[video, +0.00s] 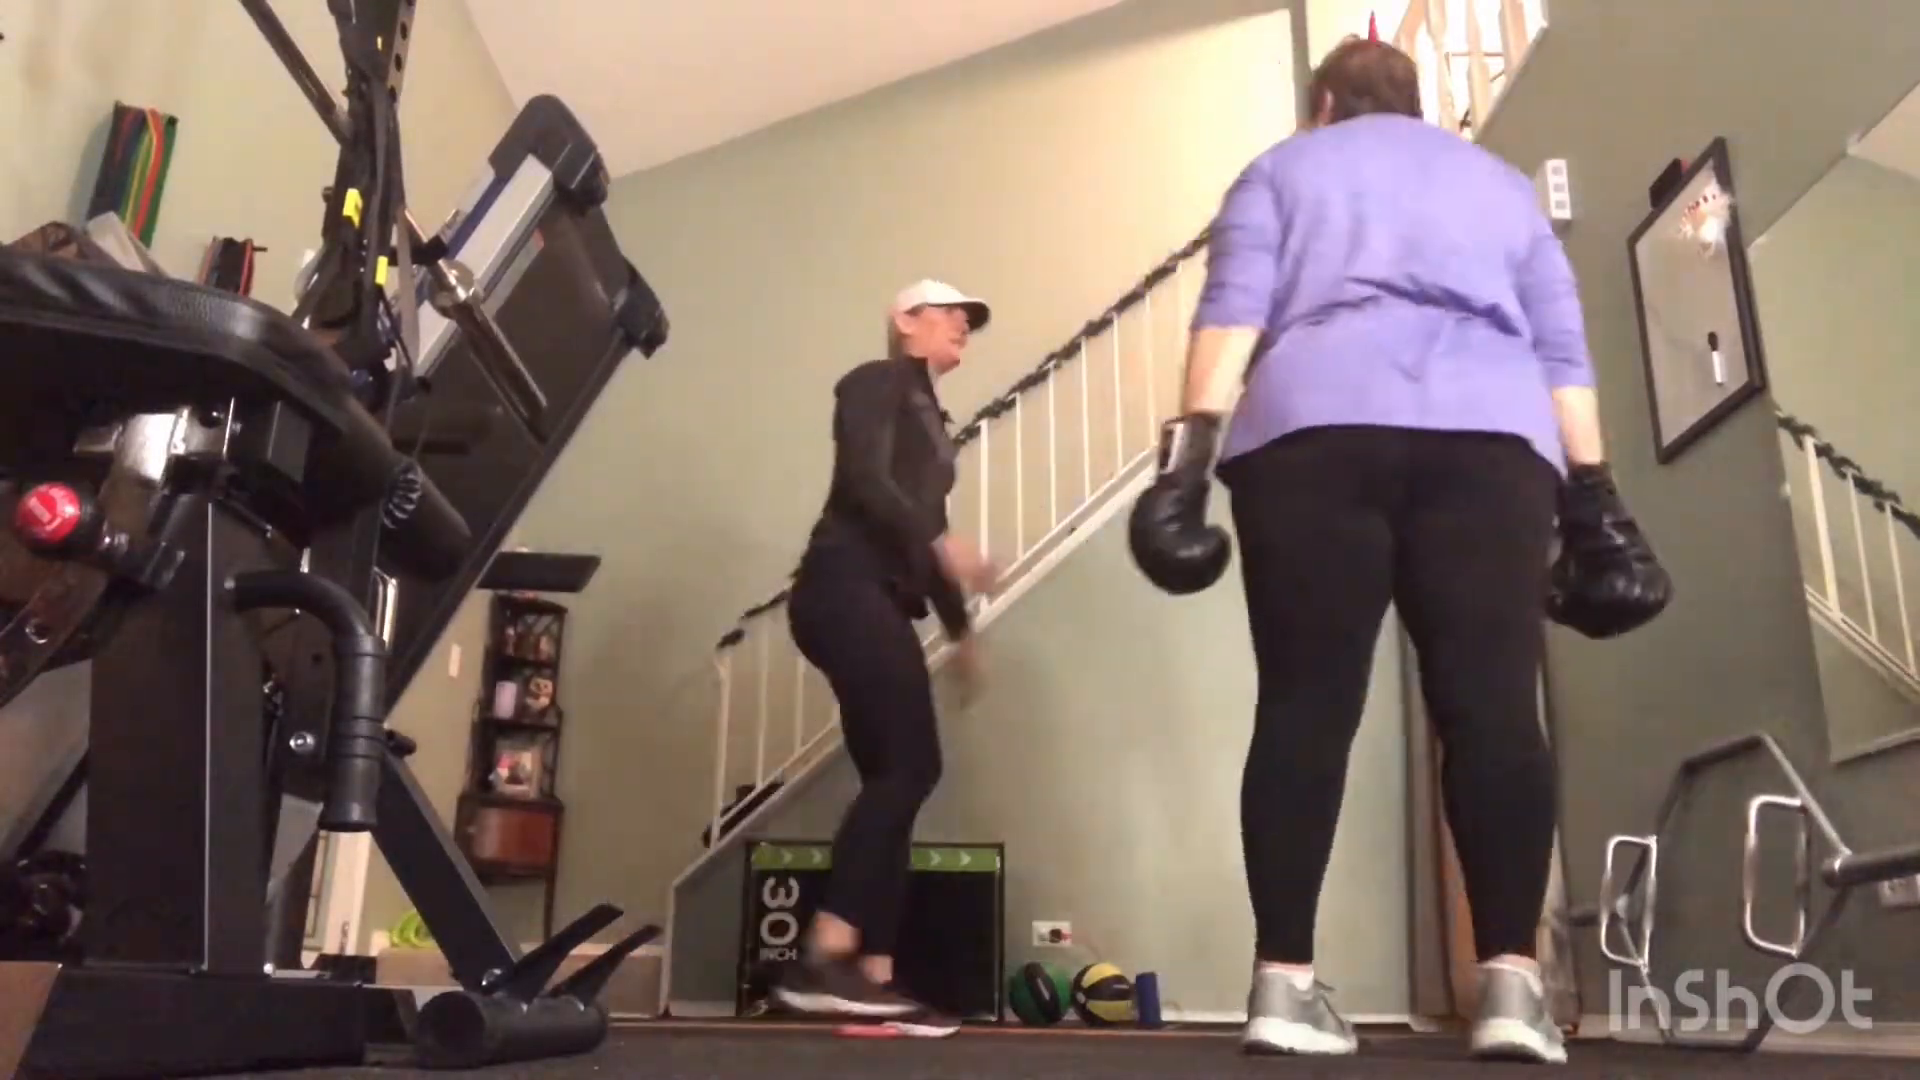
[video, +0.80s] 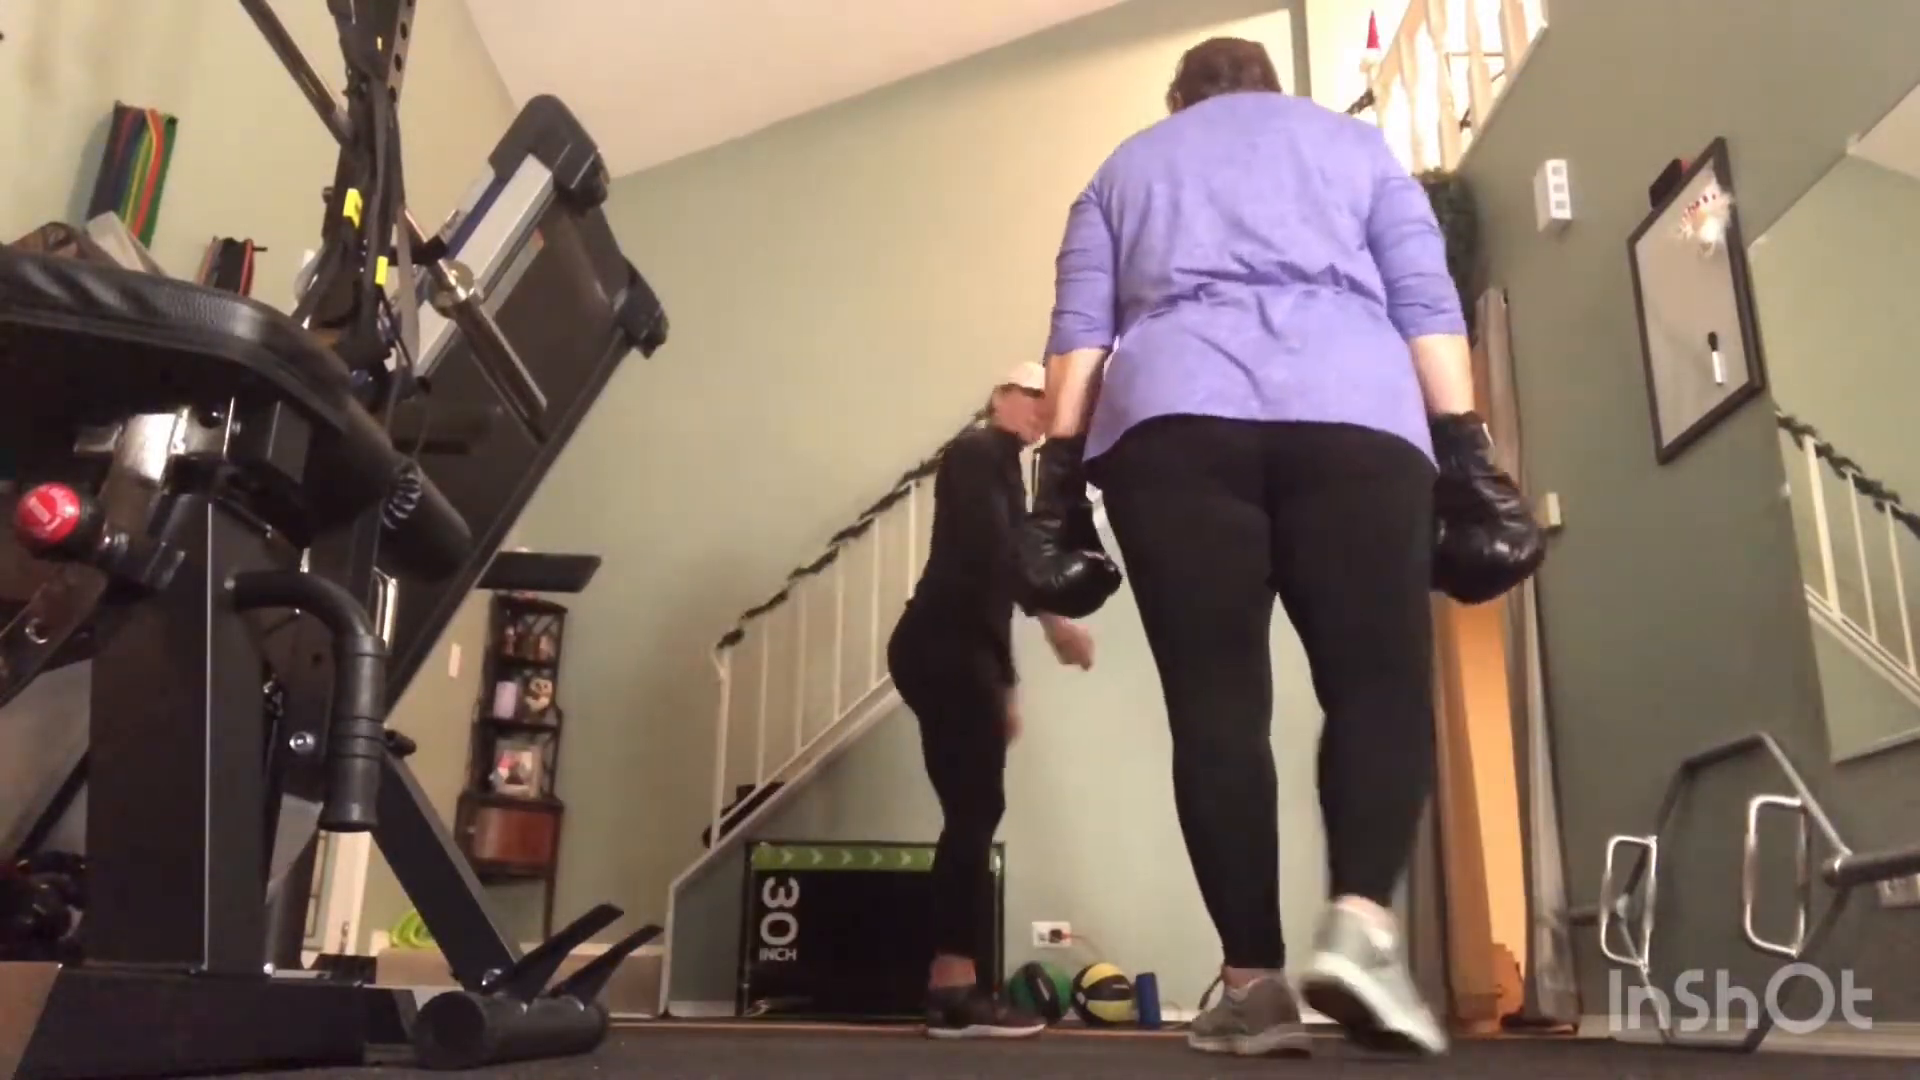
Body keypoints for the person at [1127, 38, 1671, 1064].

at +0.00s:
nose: (1305, 125)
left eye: (1307, 108)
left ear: (1320, 108)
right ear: (1423, 109)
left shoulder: (1282, 167)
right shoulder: (1506, 181)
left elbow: (1233, 301)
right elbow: (1561, 345)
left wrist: (1186, 460)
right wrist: (1594, 499)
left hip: (1313, 438)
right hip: (1489, 446)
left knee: (1304, 711)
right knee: (1495, 712)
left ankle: (1285, 980)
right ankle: (1510, 981)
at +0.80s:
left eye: (1178, 93)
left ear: (1177, 101)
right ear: (1277, 86)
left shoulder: (1121, 168)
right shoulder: (1357, 142)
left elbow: (1081, 328)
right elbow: (1424, 292)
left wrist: (1055, 489)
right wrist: (1465, 460)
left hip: (1174, 426)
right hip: (1356, 424)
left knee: (1216, 712)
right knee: (1378, 683)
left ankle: (1251, 979)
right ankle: (1362, 920)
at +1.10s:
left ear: (1225, 101)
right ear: (1327, 87)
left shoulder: (1161, 176)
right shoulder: (1395, 137)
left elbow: (1114, 352)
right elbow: (1462, 285)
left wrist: (1106, 504)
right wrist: (1513, 456)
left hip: (1199, 426)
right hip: (1384, 417)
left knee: (1241, 705)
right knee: (1446, 678)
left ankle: (1272, 990)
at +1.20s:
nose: (1292, 109)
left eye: (1293, 96)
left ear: (1301, 97)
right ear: (1405, 90)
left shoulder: (1256, 161)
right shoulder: (1495, 156)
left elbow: (1207, 306)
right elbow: (1558, 298)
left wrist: (1168, 467)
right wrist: (1588, 470)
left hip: (1299, 426)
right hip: (1484, 429)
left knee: (1290, 709)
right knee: (1505, 705)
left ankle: (1279, 981)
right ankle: (1537, 985)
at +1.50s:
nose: (1326, 176)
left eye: (1327, 162)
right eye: (1325, 164)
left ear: (1350, 140)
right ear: (1426, 134)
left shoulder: (1349, 173)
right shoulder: (1531, 207)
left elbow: (1325, 315)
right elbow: (1582, 365)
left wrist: (1267, 464)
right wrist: (1603, 530)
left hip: (1411, 445)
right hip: (1563, 458)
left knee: (1398, 715)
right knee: (1554, 722)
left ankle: (1417, 982)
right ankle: (1632, 981)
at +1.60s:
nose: (1373, 196)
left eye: (1374, 174)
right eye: (1369, 181)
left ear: (1413, 146)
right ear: (1461, 138)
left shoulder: (1456, 177)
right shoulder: (1556, 219)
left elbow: (1478, 290)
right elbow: (1588, 345)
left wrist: (1445, 433)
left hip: (1545, 441)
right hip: (1637, 461)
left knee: (1465, 670)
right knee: (1578, 703)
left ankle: (1548, 964)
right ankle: (1635, 983)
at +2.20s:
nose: (1470, 132)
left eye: (1474, 108)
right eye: (1466, 115)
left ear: (1512, 83)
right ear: (1542, 81)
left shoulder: (1565, 115)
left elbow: (1586, 243)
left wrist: (1552, 410)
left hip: (1654, 414)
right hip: (1635, 427)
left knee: (1626, 686)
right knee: (1606, 695)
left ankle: (1704, 987)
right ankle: (1677, 972)